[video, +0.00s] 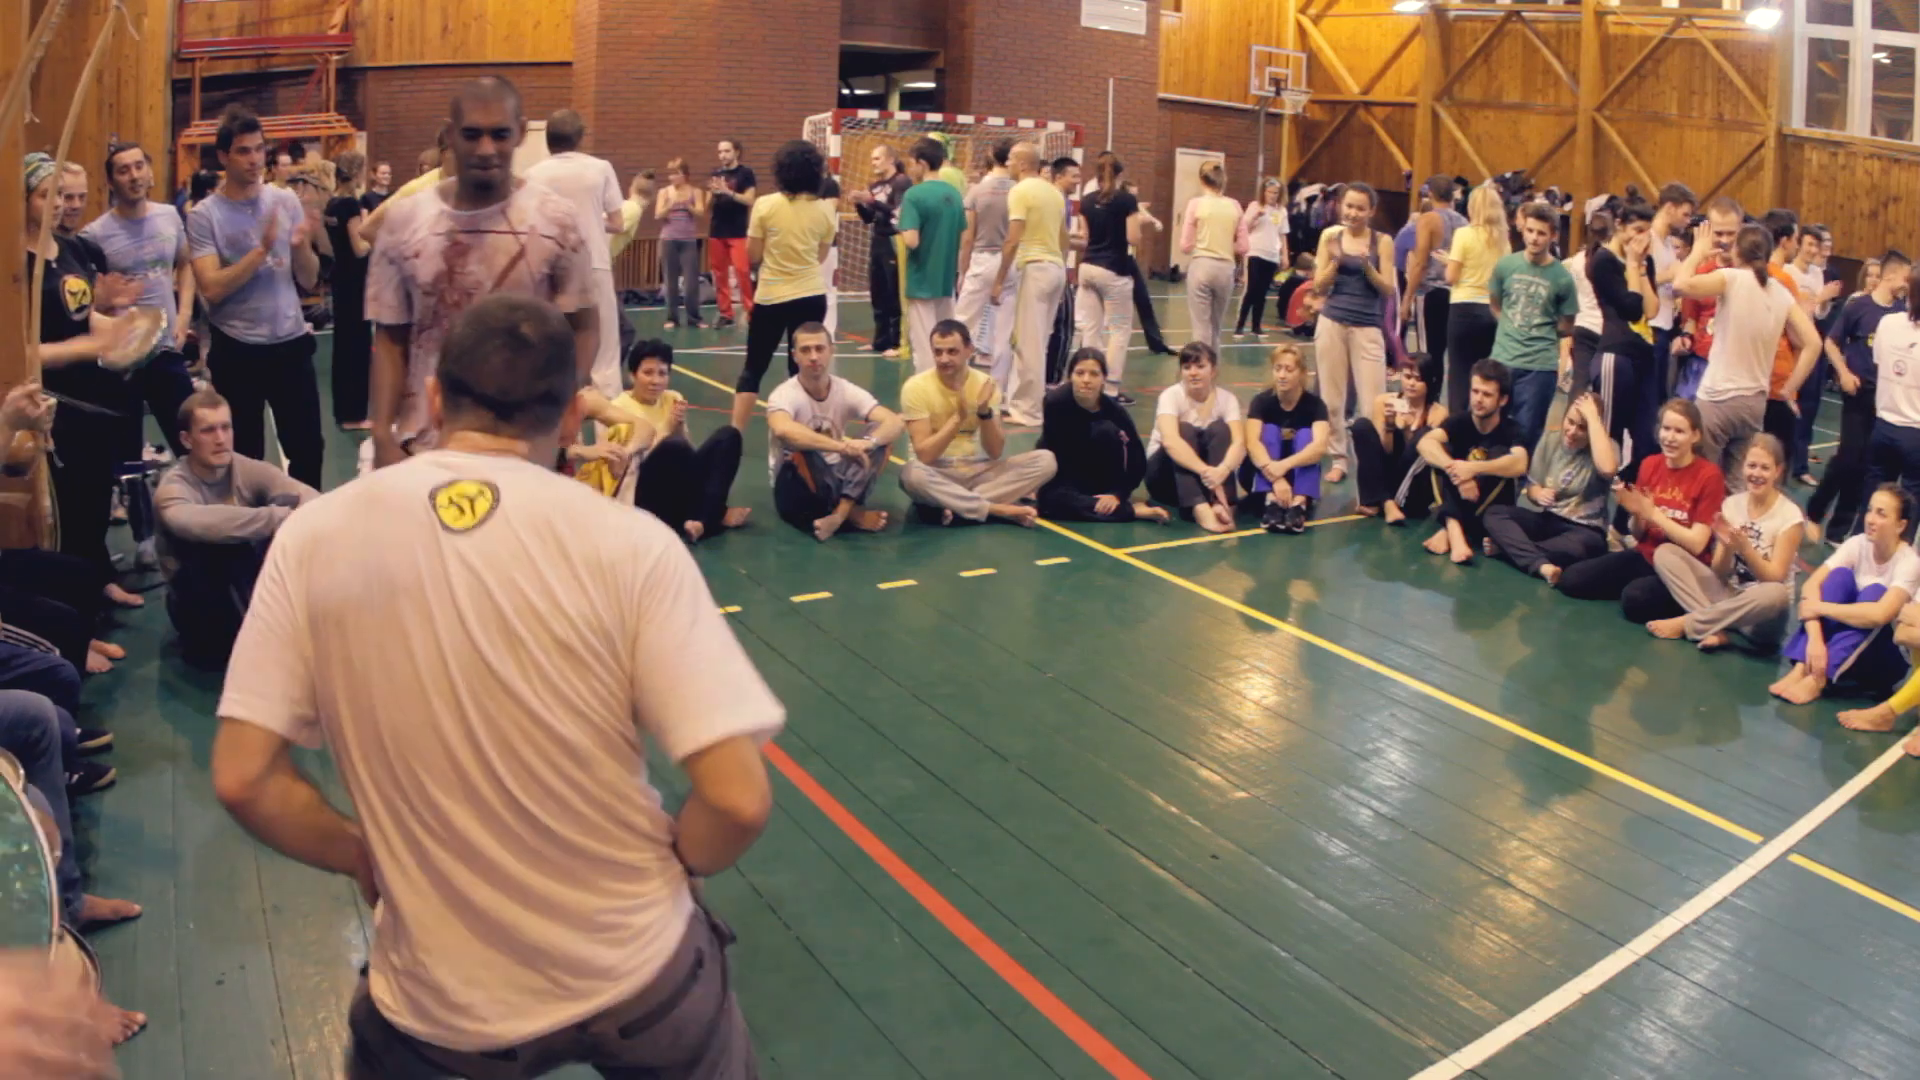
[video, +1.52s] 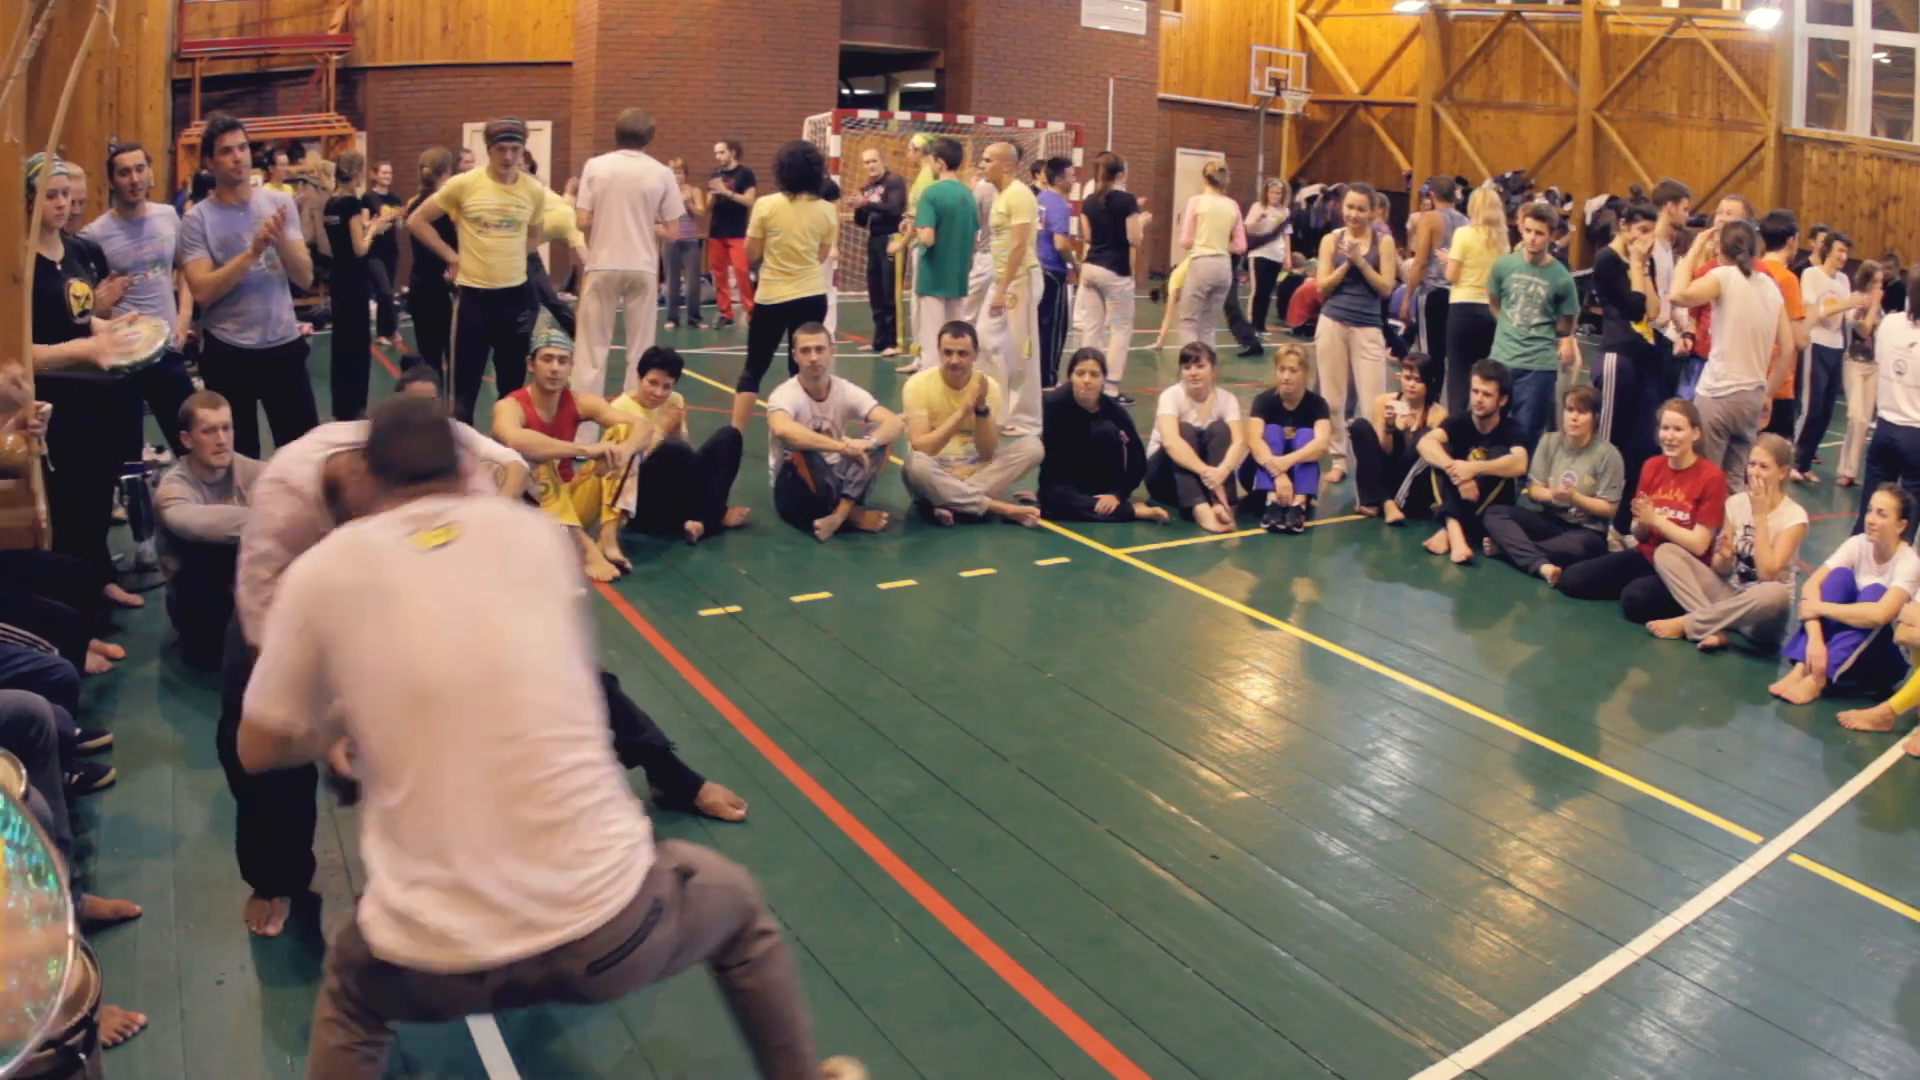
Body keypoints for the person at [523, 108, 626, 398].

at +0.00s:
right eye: (581, 136)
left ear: (548, 139)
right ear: (581, 138)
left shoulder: (535, 174)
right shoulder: (600, 168)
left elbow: (527, 222)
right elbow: (617, 223)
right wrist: (590, 219)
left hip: (551, 266)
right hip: (595, 267)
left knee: (551, 331)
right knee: (604, 330)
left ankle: (553, 397)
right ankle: (606, 391)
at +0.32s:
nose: (586, 139)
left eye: (583, 135)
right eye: (584, 135)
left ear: (549, 140)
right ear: (580, 138)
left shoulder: (535, 176)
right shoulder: (600, 167)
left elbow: (529, 231)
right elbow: (615, 222)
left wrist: (554, 224)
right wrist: (590, 219)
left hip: (556, 265)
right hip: (595, 263)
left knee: (559, 344)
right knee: (608, 341)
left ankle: (562, 411)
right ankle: (618, 407)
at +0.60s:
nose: (596, 140)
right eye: (595, 136)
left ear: (561, 138)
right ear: (592, 138)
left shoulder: (546, 175)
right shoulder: (609, 168)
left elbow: (540, 232)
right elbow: (625, 224)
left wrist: (567, 223)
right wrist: (600, 222)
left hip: (563, 268)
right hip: (600, 266)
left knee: (564, 347)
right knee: (616, 344)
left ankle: (564, 415)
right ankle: (622, 416)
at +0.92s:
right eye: (618, 133)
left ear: (586, 135)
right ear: (619, 136)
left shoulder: (568, 170)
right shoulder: (635, 170)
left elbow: (559, 225)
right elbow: (648, 228)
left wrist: (586, 220)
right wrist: (621, 219)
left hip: (583, 268)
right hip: (621, 266)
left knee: (576, 351)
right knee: (629, 351)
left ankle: (571, 424)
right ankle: (625, 425)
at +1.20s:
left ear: (611, 136)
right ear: (643, 139)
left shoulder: (589, 168)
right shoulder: (658, 173)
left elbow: (575, 219)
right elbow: (666, 231)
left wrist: (603, 221)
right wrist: (639, 224)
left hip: (597, 265)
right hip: (638, 266)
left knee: (585, 343)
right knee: (639, 344)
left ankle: (581, 415)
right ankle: (631, 417)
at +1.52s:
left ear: (616, 135)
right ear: (649, 138)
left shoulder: (595, 167)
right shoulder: (662, 173)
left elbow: (583, 220)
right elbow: (671, 232)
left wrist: (608, 221)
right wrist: (646, 224)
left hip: (601, 264)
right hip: (642, 265)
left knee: (592, 345)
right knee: (641, 346)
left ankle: (584, 415)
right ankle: (634, 419)